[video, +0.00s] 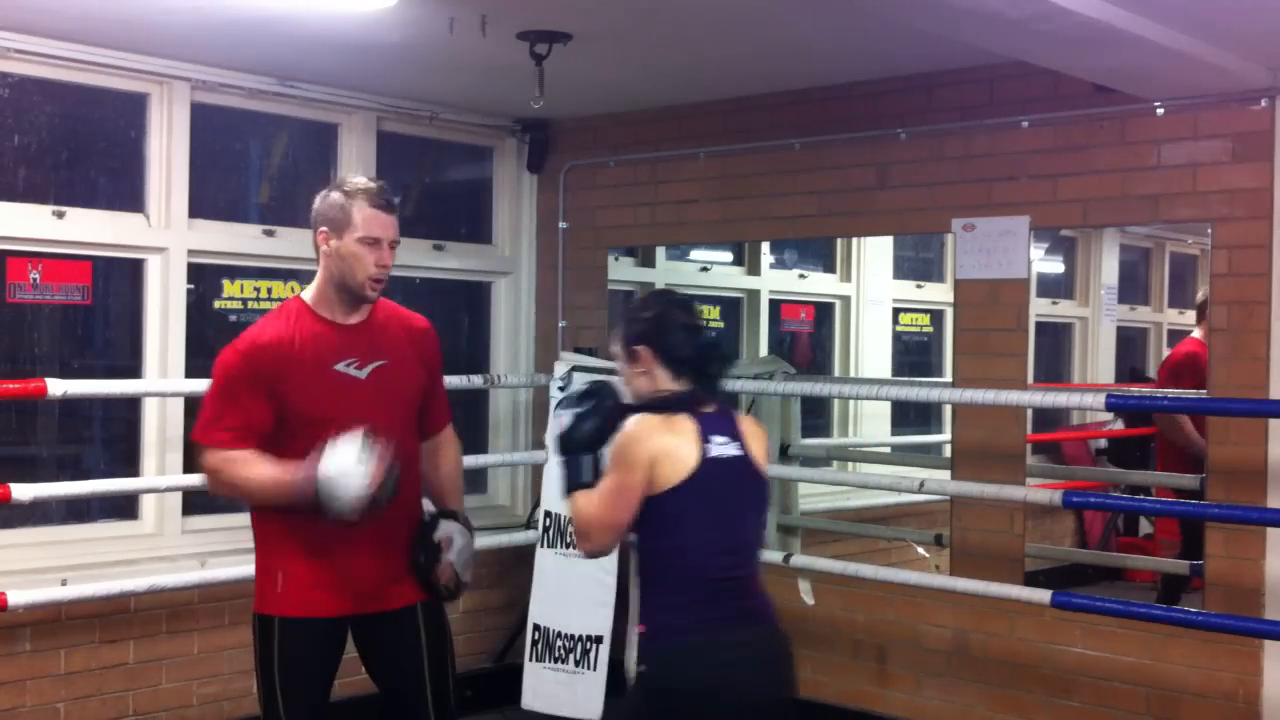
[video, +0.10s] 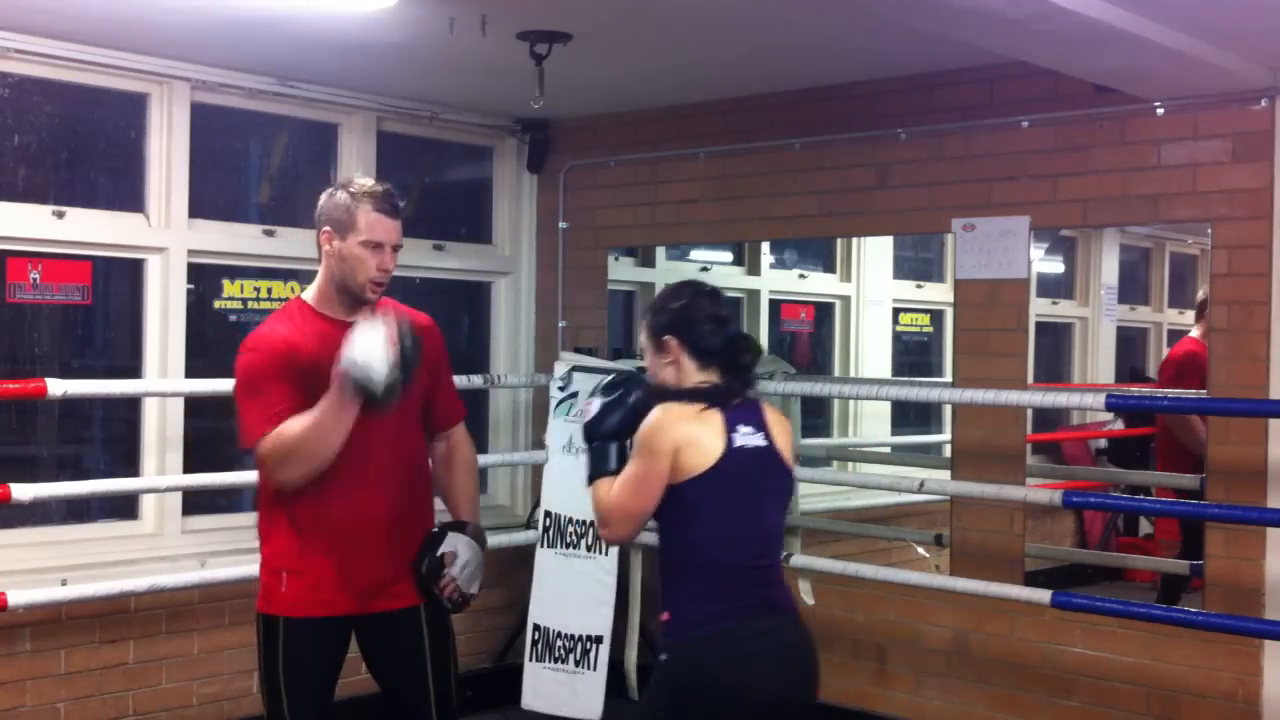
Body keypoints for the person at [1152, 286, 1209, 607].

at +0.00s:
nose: (1226, 319)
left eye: (1225, 312)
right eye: (1222, 312)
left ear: (1204, 313)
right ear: (1207, 314)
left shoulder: (1209, 353)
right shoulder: (1189, 353)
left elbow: (1174, 412)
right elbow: (1167, 412)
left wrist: (1209, 449)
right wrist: (1207, 452)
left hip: (1200, 469)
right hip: (1187, 470)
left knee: (1197, 543)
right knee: (1191, 544)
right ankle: (1164, 610)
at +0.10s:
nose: (1225, 319)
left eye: (1223, 313)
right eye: (1222, 313)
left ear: (1203, 313)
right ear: (1208, 313)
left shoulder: (1203, 350)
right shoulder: (1189, 352)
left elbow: (1182, 411)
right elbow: (1178, 412)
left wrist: (1212, 448)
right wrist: (1213, 453)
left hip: (1196, 467)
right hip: (1187, 468)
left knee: (1195, 542)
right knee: (1192, 543)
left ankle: (1167, 607)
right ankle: (1164, 610)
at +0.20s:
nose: (1225, 319)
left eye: (1223, 312)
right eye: (1221, 312)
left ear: (1203, 312)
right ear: (1207, 312)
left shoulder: (1201, 350)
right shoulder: (1189, 352)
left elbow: (1181, 410)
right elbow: (1179, 412)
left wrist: (1211, 445)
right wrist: (1214, 449)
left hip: (1195, 467)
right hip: (1186, 469)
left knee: (1193, 542)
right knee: (1189, 544)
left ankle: (1168, 607)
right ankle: (1165, 611)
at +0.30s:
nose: (1225, 317)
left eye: (1224, 311)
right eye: (1220, 311)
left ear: (1205, 311)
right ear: (1206, 311)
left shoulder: (1206, 352)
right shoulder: (1188, 354)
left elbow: (1181, 412)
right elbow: (1178, 414)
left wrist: (1213, 447)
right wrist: (1216, 452)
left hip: (1199, 470)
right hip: (1187, 471)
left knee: (1194, 545)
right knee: (1187, 546)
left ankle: (1168, 608)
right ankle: (1164, 612)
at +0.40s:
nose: (1229, 317)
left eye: (1227, 310)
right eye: (1224, 310)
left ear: (1205, 311)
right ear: (1209, 312)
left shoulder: (1215, 355)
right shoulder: (1187, 355)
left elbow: (1176, 415)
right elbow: (1171, 416)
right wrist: (1211, 453)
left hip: (1203, 473)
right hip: (1187, 474)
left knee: (1197, 547)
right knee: (1187, 548)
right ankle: (1164, 613)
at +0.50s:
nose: (1232, 316)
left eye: (1232, 308)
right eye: (1227, 308)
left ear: (1207, 311)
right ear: (1212, 313)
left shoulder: (1224, 356)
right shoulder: (1187, 356)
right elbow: (1169, 415)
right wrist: (1208, 455)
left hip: (1211, 472)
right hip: (1191, 473)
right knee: (1190, 547)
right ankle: (1163, 613)